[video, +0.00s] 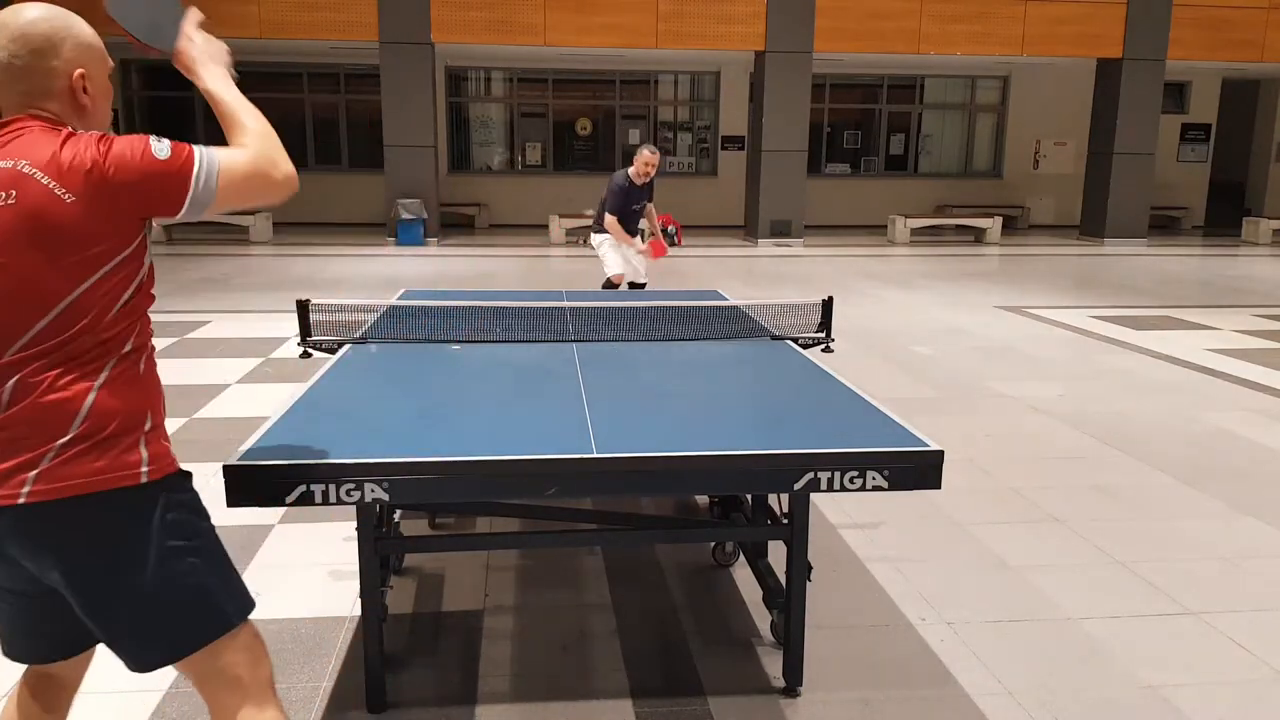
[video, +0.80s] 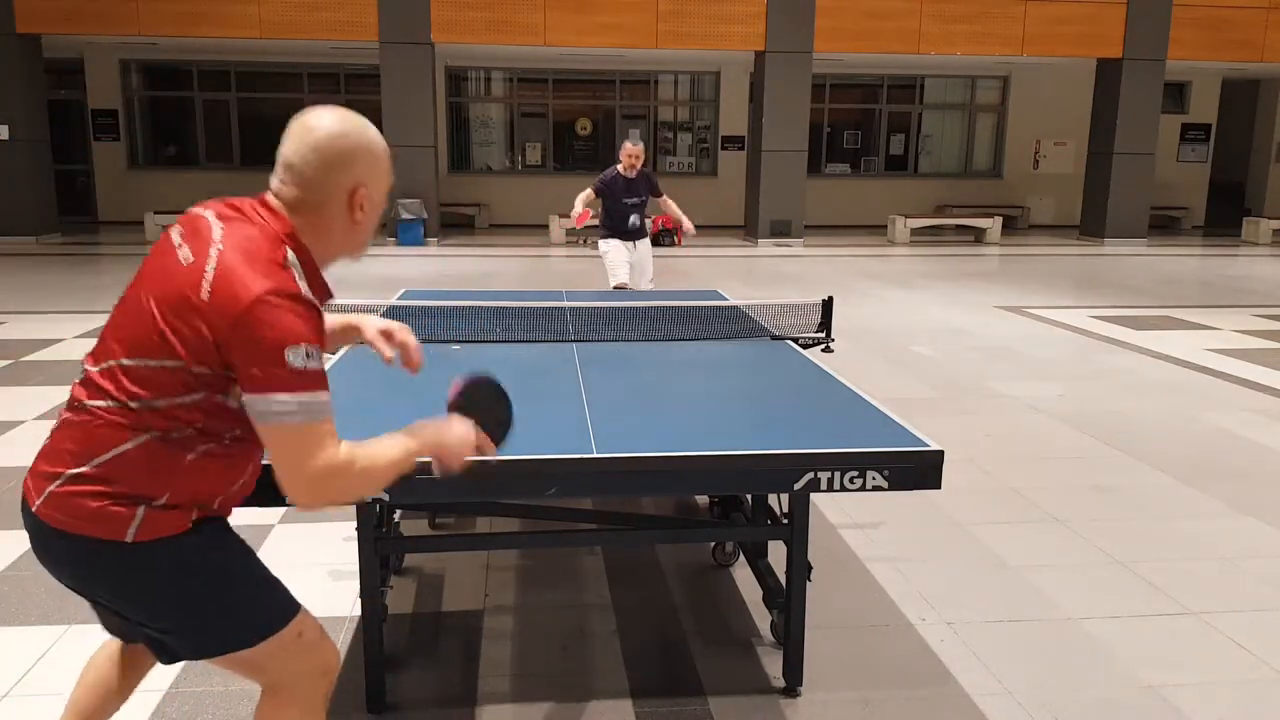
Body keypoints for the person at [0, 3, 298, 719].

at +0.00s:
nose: (111, 97)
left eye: (108, 79)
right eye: (105, 80)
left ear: (10, 88)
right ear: (77, 84)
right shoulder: (102, 166)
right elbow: (273, 172)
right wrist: (215, 75)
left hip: (13, 494)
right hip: (114, 488)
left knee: (47, 673)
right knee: (241, 685)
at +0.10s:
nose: (130, 88)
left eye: (126, 73)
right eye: (124, 74)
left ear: (25, 84)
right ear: (98, 83)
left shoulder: (5, 157)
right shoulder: (107, 172)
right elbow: (288, 217)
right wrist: (250, 110)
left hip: (12, 489)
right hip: (99, 488)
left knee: (49, 669)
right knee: (241, 674)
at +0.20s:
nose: (167, 93)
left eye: (165, 78)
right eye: (163, 78)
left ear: (67, 86)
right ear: (142, 86)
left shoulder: (9, 167)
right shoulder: (133, 181)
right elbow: (304, 268)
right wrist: (298, 163)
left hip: (15, 489)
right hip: (107, 494)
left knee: (51, 668)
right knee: (245, 673)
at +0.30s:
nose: (226, 105)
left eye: (222, 88)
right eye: (222, 89)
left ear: (120, 95)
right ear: (203, 98)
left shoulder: (35, 178)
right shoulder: (175, 204)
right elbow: (319, 332)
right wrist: (351, 229)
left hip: (14, 498)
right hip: (122, 507)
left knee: (68, 665)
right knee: (269, 677)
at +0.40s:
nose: (280, 137)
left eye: (280, 120)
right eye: (279, 120)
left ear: (178, 117)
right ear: (258, 128)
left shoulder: (85, 192)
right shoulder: (213, 231)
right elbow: (314, 394)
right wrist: (385, 323)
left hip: (34, 502)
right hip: (143, 513)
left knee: (104, 633)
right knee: (296, 678)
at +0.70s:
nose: (353, 177)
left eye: (355, 162)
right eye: (354, 161)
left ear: (257, 145)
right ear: (328, 166)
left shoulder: (182, 196)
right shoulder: (247, 265)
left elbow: (213, 292)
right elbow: (301, 447)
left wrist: (306, 314)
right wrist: (406, 405)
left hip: (59, 486)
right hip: (132, 511)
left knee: (113, 654)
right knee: (307, 661)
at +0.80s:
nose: (379, 215)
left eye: (382, 201)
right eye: (381, 201)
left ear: (283, 173)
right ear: (356, 202)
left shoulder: (216, 220)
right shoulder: (269, 299)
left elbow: (243, 336)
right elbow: (315, 480)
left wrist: (353, 327)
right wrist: (422, 440)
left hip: (71, 487)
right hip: (124, 519)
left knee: (142, 636)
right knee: (308, 671)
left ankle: (73, 716)